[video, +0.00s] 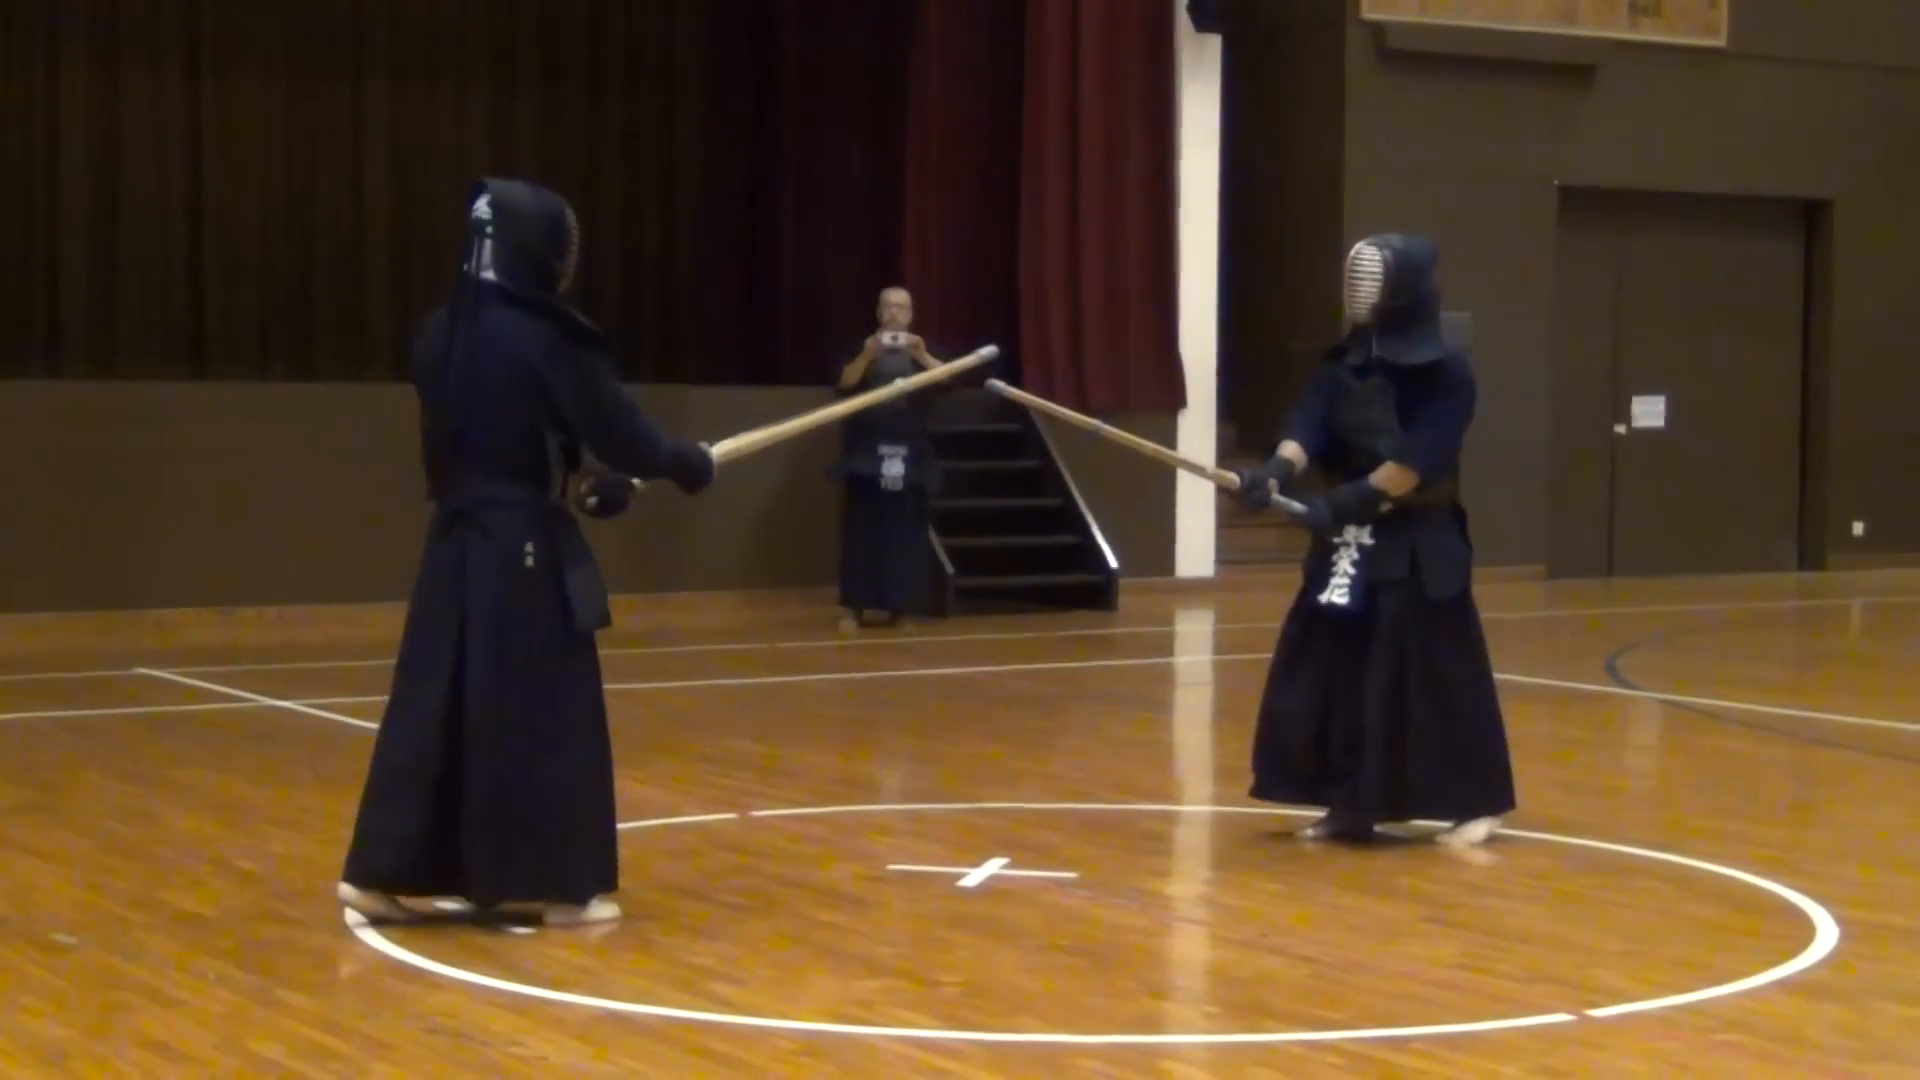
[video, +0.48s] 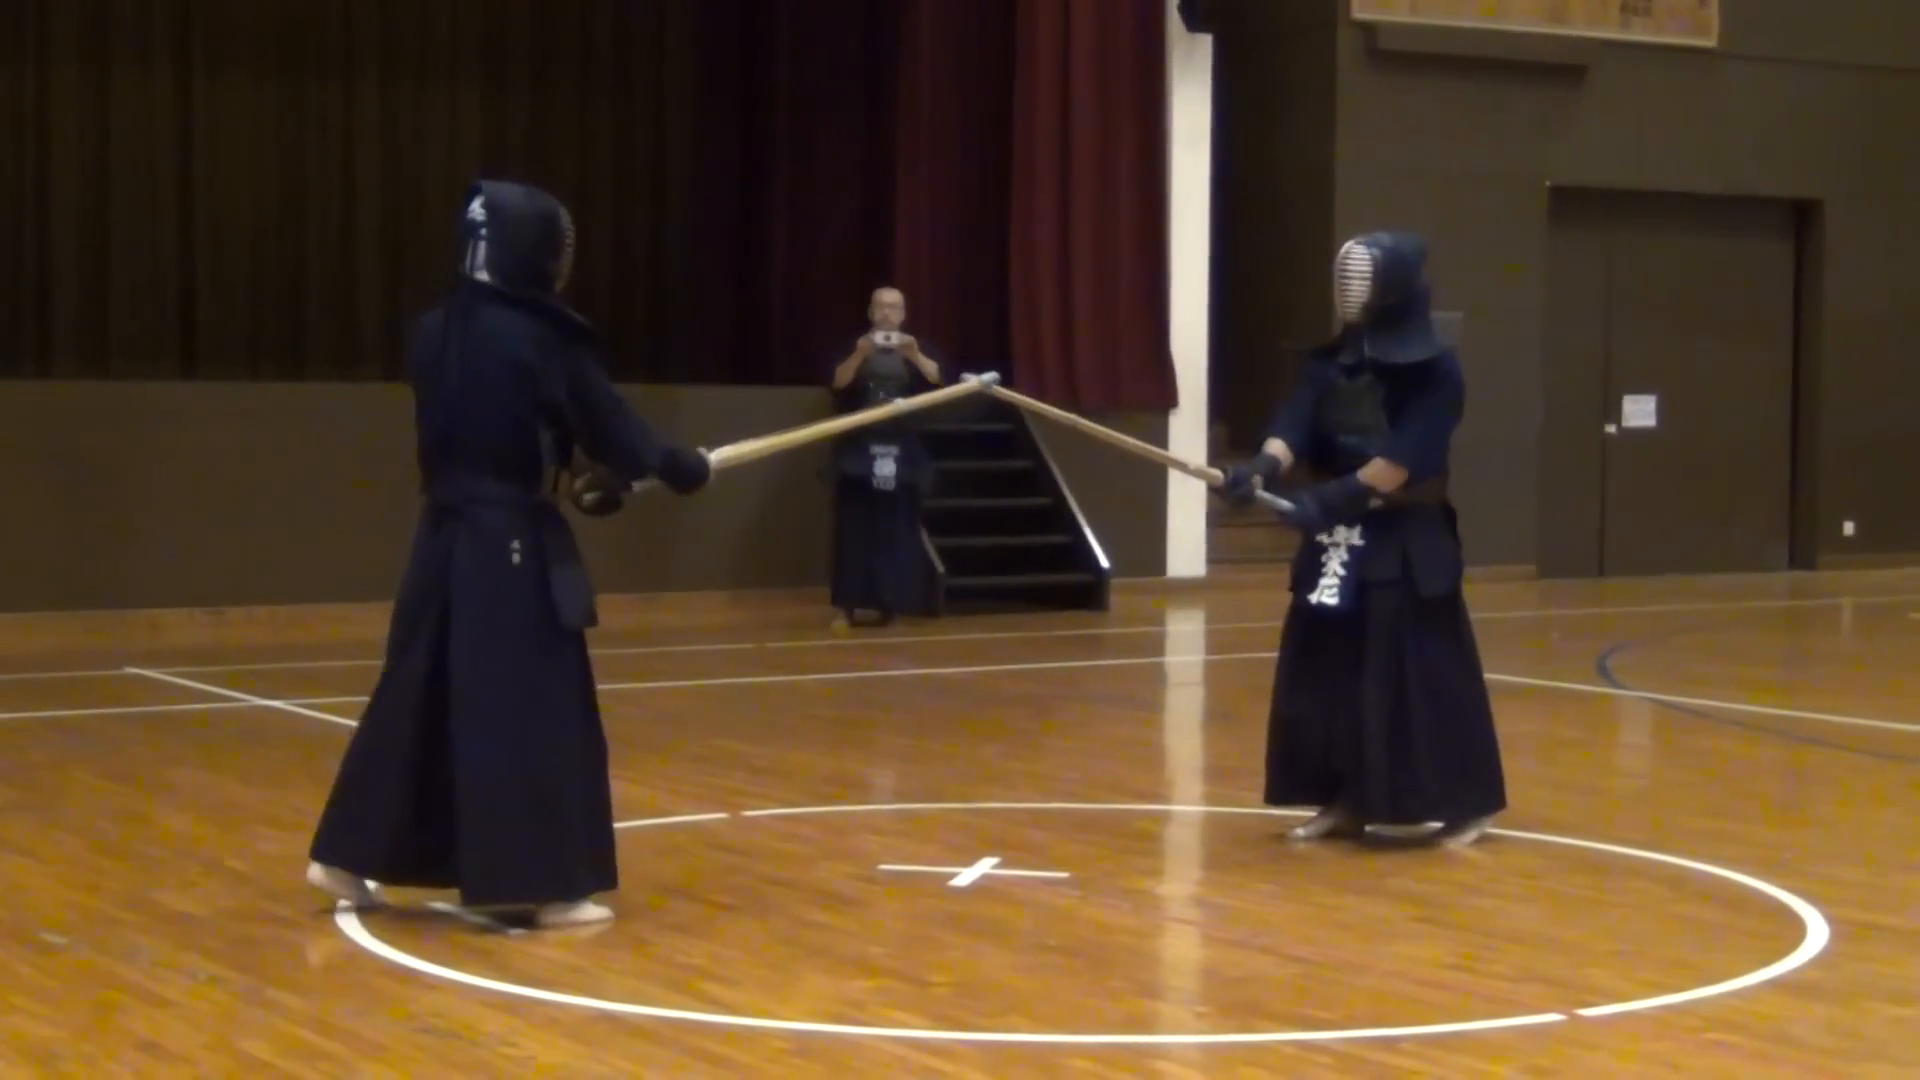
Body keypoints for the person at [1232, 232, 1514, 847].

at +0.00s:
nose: (1356, 294)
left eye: (1369, 282)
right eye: (1355, 281)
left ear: (1405, 288)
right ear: (1354, 285)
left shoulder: (1443, 371)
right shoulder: (1344, 362)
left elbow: (1416, 464)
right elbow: (1309, 426)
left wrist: (1339, 504)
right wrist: (1276, 473)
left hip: (1420, 538)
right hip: (1350, 533)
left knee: (1436, 666)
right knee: (1342, 663)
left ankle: (1475, 803)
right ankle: (1348, 802)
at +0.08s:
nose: (1358, 295)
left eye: (1371, 283)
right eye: (1356, 282)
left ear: (1407, 289)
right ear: (1353, 286)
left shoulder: (1443, 370)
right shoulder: (1344, 361)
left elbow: (1415, 462)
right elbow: (1309, 424)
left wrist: (1339, 503)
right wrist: (1277, 471)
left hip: (1420, 534)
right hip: (1349, 530)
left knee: (1437, 665)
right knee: (1342, 662)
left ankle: (1473, 804)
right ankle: (1348, 801)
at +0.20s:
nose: (1354, 294)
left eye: (1368, 282)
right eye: (1353, 281)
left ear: (1404, 288)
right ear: (1350, 284)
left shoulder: (1440, 370)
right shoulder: (1338, 362)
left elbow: (1412, 463)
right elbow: (1305, 426)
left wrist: (1335, 504)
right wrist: (1273, 472)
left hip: (1417, 534)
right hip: (1346, 529)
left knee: (1431, 663)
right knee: (1337, 660)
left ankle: (1469, 803)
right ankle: (1345, 799)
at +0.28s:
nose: (1351, 293)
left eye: (1365, 282)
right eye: (1349, 280)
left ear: (1401, 288)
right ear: (1347, 284)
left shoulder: (1438, 373)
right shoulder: (1337, 363)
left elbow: (1408, 462)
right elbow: (1303, 426)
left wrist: (1332, 504)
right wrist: (1269, 472)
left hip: (1414, 533)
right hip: (1344, 528)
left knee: (1426, 663)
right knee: (1337, 660)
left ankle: (1465, 800)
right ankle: (1345, 798)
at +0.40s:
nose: (1349, 293)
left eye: (1363, 282)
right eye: (1347, 280)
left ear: (1399, 288)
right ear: (1344, 284)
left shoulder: (1433, 369)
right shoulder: (1332, 362)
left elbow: (1406, 461)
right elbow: (1297, 426)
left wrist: (1329, 501)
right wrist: (1263, 471)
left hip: (1411, 535)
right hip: (1340, 531)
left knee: (1424, 664)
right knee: (1332, 662)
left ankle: (1465, 802)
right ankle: (1342, 799)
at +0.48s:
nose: (1348, 293)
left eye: (1361, 282)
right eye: (1346, 281)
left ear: (1397, 287)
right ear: (1343, 284)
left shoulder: (1431, 369)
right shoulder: (1332, 361)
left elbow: (1403, 462)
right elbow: (1296, 424)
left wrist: (1328, 500)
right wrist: (1263, 467)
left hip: (1410, 532)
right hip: (1339, 528)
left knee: (1422, 663)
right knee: (1332, 661)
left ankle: (1465, 801)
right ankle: (1341, 797)